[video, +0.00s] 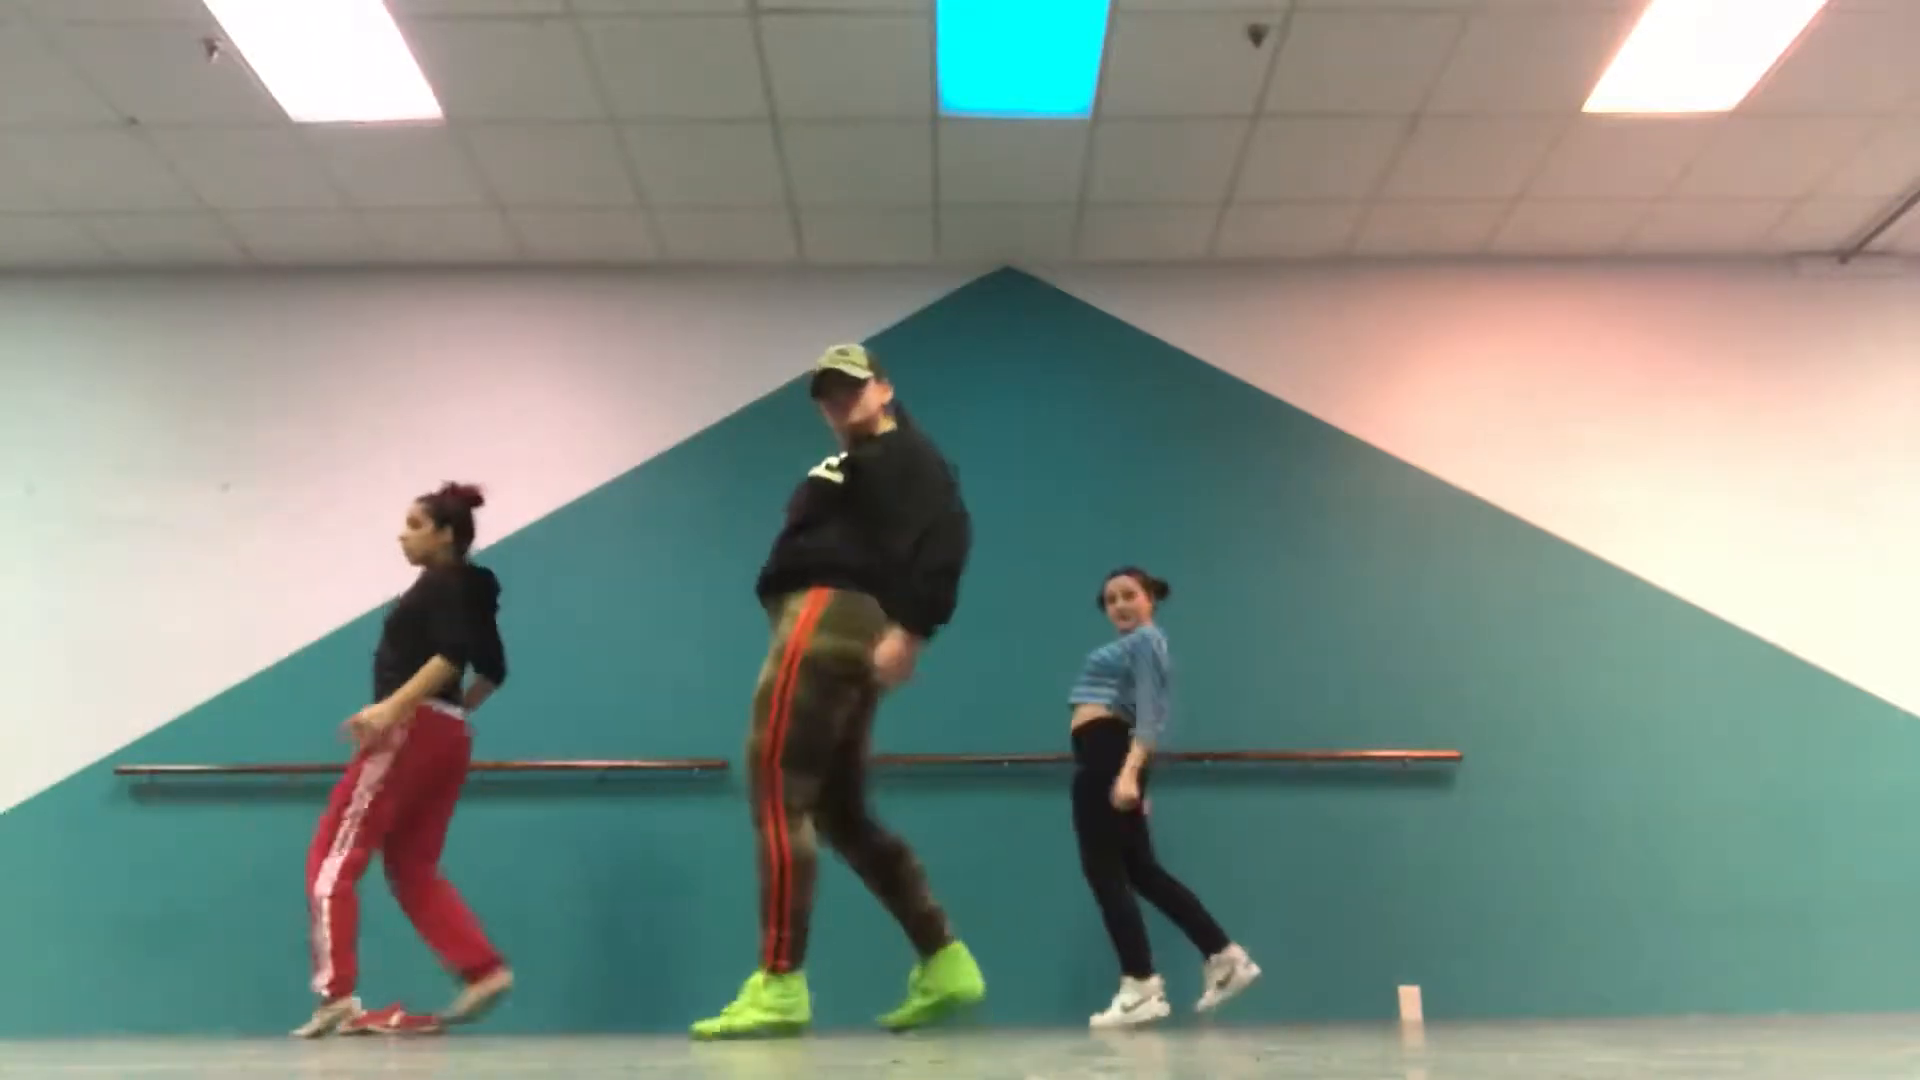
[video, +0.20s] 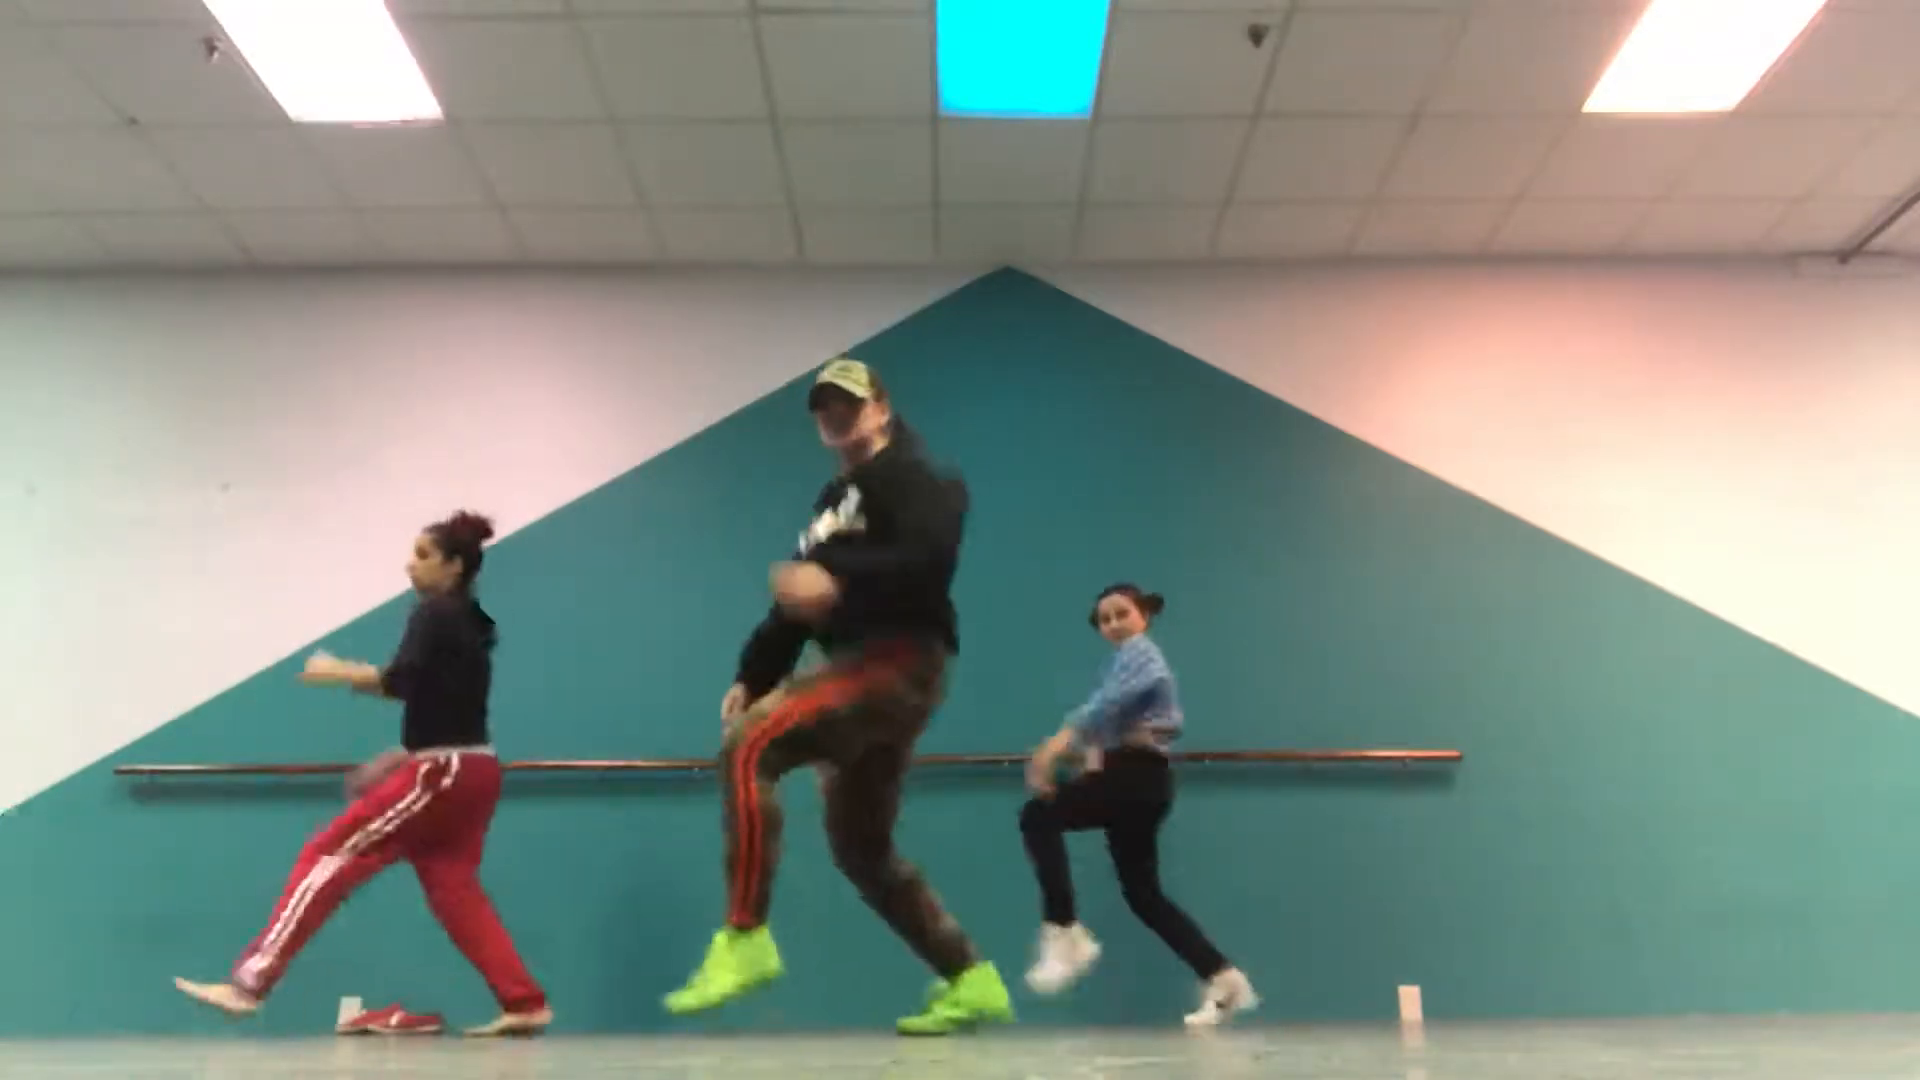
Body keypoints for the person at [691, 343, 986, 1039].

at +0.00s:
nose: (837, 404)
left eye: (849, 390)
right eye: (827, 396)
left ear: (883, 389)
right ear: (824, 408)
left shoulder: (902, 451)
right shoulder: (849, 459)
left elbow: (944, 532)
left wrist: (910, 625)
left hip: (830, 607)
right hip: (844, 613)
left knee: (779, 786)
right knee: (841, 809)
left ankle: (779, 981)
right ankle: (943, 961)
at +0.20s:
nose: (833, 419)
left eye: (847, 405)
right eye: (823, 410)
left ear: (881, 407)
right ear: (817, 422)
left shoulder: (924, 479)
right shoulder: (835, 500)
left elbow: (923, 562)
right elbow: (804, 598)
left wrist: (831, 573)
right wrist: (755, 679)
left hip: (903, 664)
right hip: (862, 667)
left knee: (751, 746)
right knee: (860, 846)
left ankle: (744, 937)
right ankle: (969, 976)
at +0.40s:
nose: (841, 390)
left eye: (854, 376)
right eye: (829, 379)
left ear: (883, 380)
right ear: (819, 390)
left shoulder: (896, 441)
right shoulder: (822, 463)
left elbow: (811, 474)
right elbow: (802, 573)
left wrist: (729, 440)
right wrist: (786, 671)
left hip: (892, 628)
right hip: (837, 636)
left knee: (804, 764)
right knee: (855, 820)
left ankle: (893, 930)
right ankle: (960, 965)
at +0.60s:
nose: (795, 383)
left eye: (808, 371)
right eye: (795, 372)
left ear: (841, 369)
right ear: (832, 371)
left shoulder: (849, 411)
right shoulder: (803, 427)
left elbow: (730, 428)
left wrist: (620, 456)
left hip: (858, 626)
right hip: (799, 644)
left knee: (834, 795)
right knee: (704, 786)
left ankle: (952, 954)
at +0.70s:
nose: (754, 408)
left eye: (764, 396)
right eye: (751, 398)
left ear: (798, 392)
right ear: (797, 394)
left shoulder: (824, 432)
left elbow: (705, 486)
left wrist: (638, 539)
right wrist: (722, 688)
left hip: (828, 636)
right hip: (767, 654)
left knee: (804, 817)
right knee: (667, 790)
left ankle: (946, 952)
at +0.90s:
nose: (668, 463)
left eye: (684, 448)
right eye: (664, 450)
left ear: (726, 453)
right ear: (660, 459)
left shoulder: (782, 522)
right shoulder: (656, 548)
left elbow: (864, 611)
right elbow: (619, 635)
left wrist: (873, 699)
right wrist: (594, 707)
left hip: (781, 723)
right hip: (690, 730)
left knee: (799, 845)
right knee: (546, 803)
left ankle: (907, 960)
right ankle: (542, 993)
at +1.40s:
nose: (893, 351)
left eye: (903, 341)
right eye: (882, 335)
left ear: (911, 356)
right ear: (852, 341)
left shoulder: (908, 444)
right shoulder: (808, 407)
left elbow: (930, 540)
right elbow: (818, 509)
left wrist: (906, 608)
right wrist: (870, 597)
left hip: (864, 612)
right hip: (790, 597)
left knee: (867, 790)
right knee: (803, 783)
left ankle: (868, 980)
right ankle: (774, 978)